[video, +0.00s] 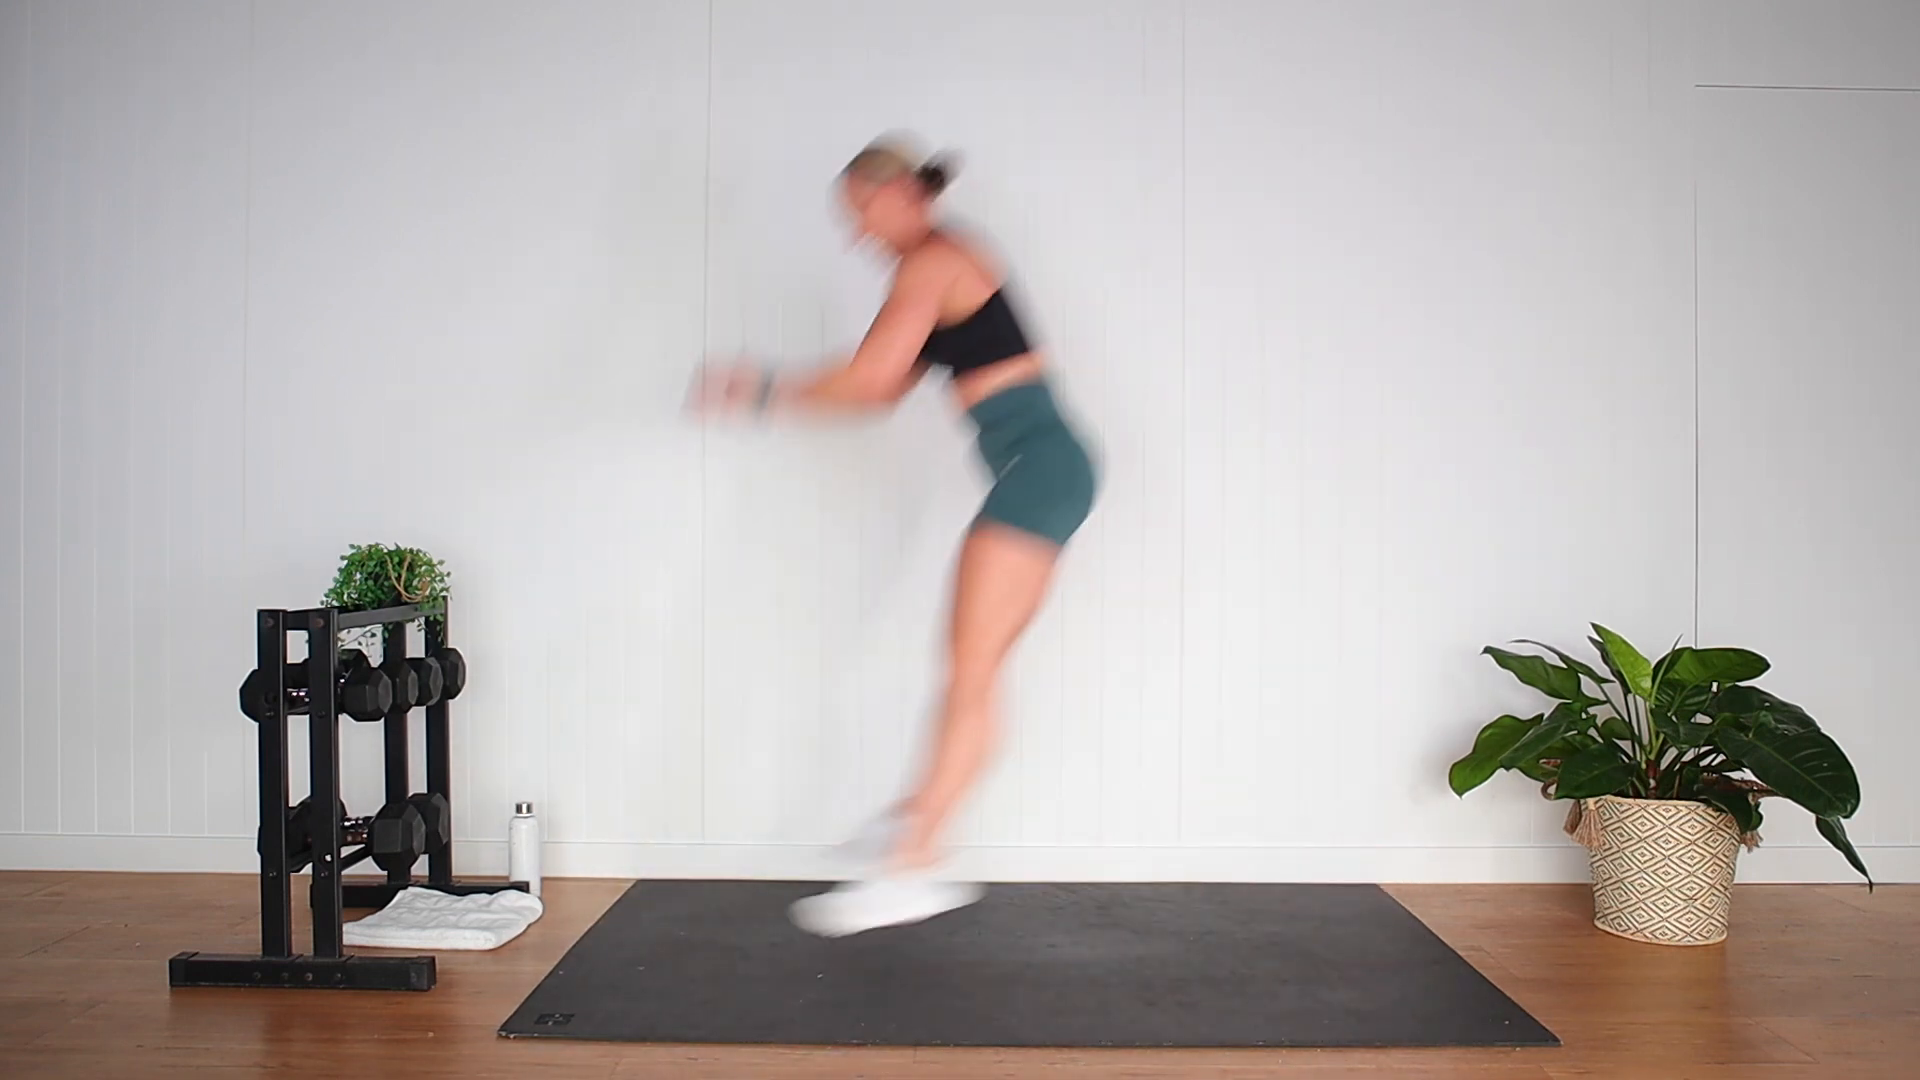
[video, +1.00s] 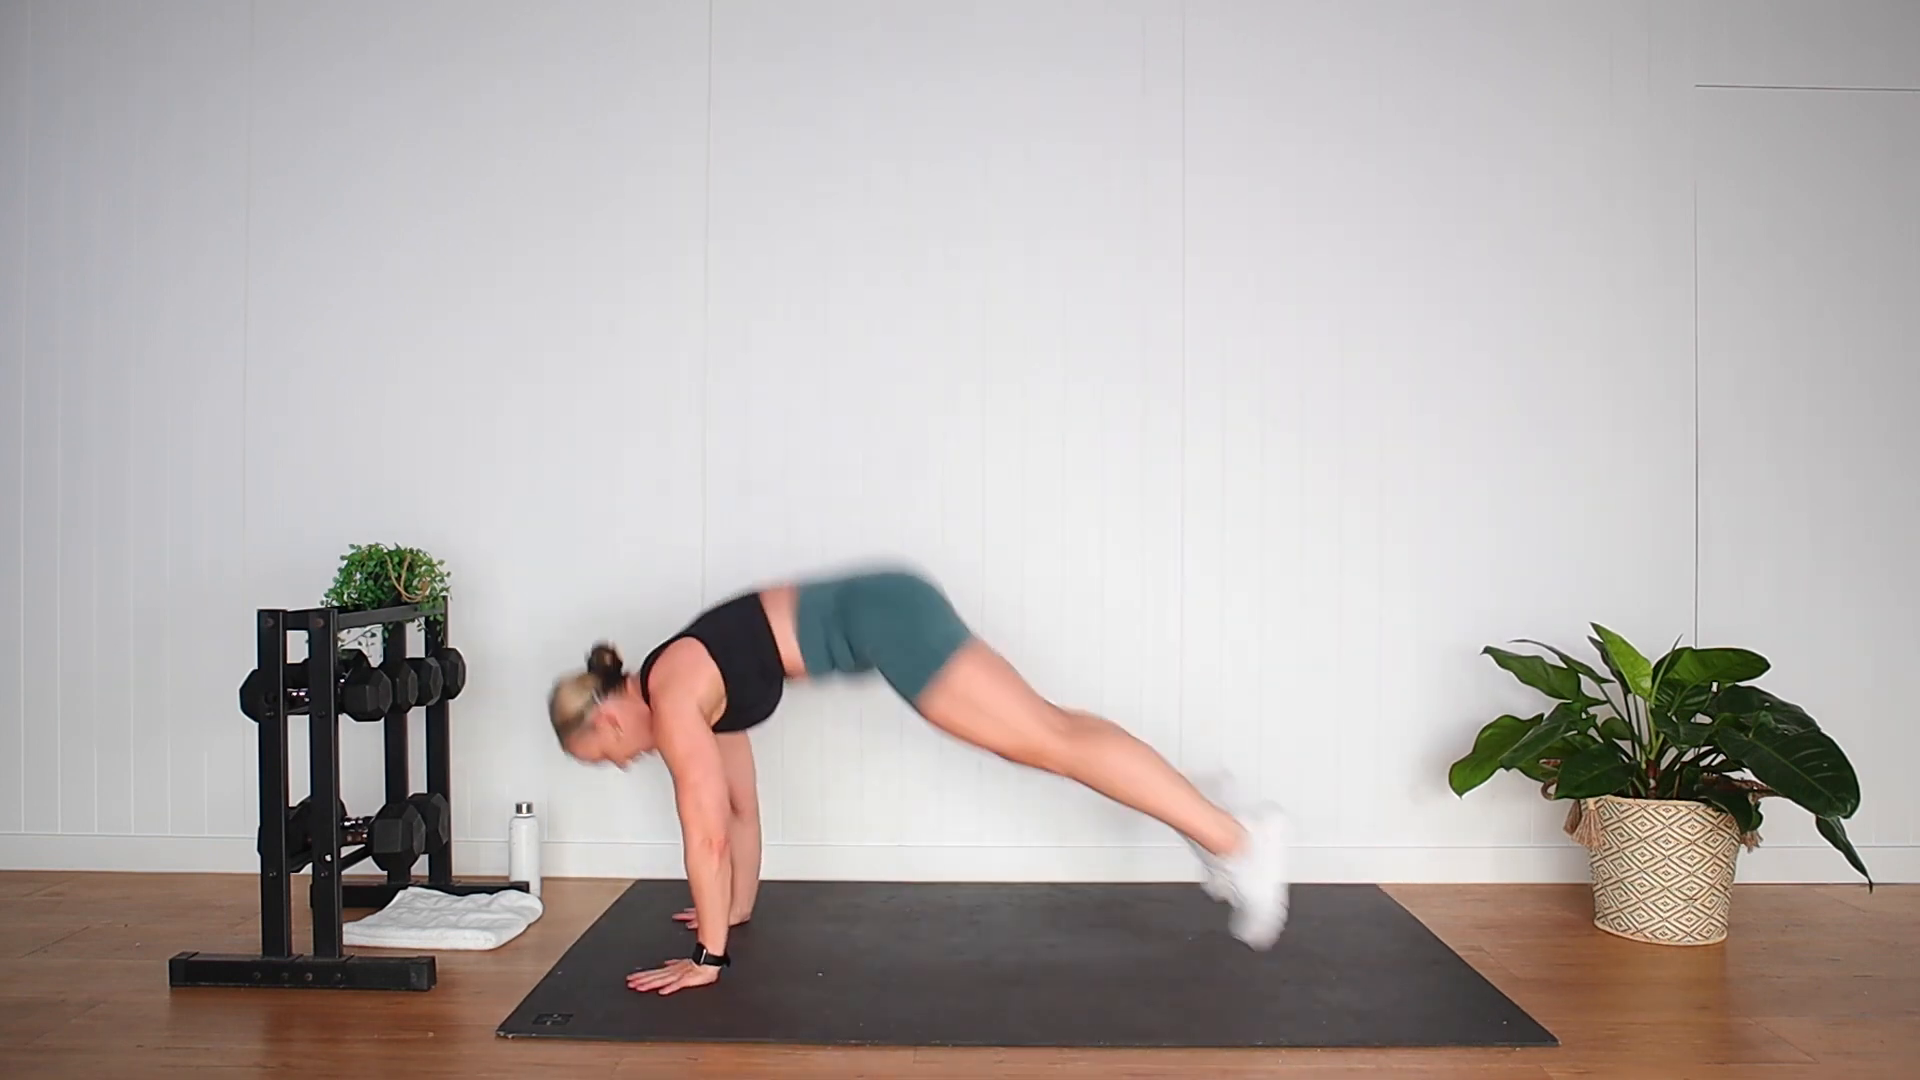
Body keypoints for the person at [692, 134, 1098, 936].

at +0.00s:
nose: (858, 229)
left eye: (864, 210)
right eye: (854, 214)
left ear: (902, 196)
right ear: (903, 200)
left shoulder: (934, 264)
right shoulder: (948, 258)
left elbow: (872, 380)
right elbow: (878, 388)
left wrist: (766, 391)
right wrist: (771, 390)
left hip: (1038, 463)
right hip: (1043, 460)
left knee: (973, 662)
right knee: (975, 659)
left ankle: (919, 859)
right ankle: (918, 823)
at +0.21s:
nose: (736, 431)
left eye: (739, 412)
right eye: (731, 416)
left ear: (774, 398)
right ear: (776, 399)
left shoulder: (820, 470)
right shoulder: (836, 456)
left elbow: (776, 608)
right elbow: (793, 605)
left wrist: (706, 697)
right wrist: (717, 683)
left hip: (949, 634)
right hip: (951, 627)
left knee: (787, 742)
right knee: (804, 736)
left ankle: (840, 941)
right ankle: (858, 892)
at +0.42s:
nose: (639, 645)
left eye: (632, 631)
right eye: (629, 635)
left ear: (654, 603)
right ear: (661, 597)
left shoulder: (717, 634)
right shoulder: (735, 617)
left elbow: (710, 773)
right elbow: (741, 761)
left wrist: (695, 905)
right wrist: (727, 859)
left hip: (936, 649)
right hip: (941, 640)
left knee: (772, 746)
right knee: (792, 739)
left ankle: (842, 938)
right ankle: (862, 897)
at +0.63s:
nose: (652, 742)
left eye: (638, 734)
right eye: (638, 740)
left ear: (643, 693)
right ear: (648, 683)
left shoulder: (705, 685)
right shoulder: (727, 671)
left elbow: (723, 836)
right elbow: (746, 807)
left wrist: (710, 955)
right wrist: (733, 902)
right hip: (908, 584)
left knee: (794, 735)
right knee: (808, 731)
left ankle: (842, 939)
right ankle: (861, 895)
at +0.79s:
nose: (673, 765)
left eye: (659, 757)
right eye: (660, 763)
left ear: (657, 714)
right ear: (657, 708)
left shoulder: (712, 684)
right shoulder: (723, 683)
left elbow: (721, 834)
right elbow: (741, 814)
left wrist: (709, 958)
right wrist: (732, 907)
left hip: (877, 522)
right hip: (877, 520)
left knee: (900, 717)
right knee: (905, 710)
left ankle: (1022, 887)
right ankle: (1009, 855)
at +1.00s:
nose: (617, 763)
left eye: (602, 751)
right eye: (602, 757)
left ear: (613, 705)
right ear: (619, 703)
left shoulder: (671, 685)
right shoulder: (692, 691)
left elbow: (704, 828)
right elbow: (739, 815)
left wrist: (709, 956)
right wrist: (730, 913)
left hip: (877, 615)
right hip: (877, 614)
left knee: (1053, 744)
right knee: (1054, 730)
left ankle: (1236, 844)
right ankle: (1224, 835)